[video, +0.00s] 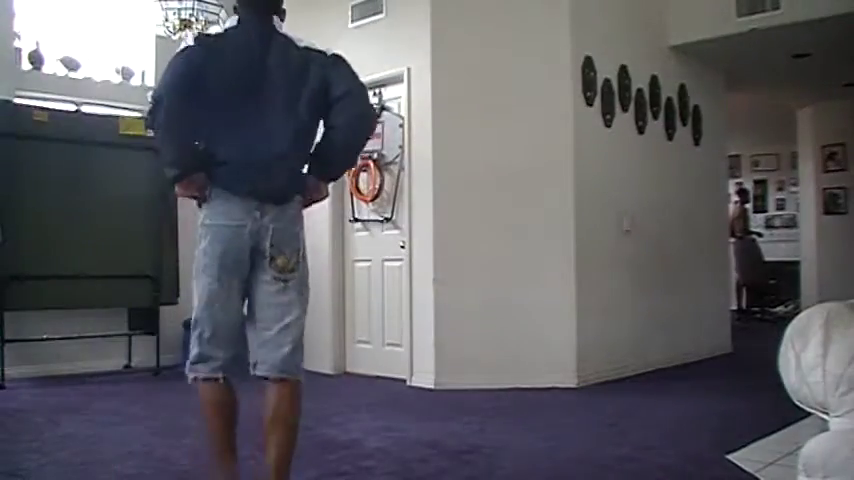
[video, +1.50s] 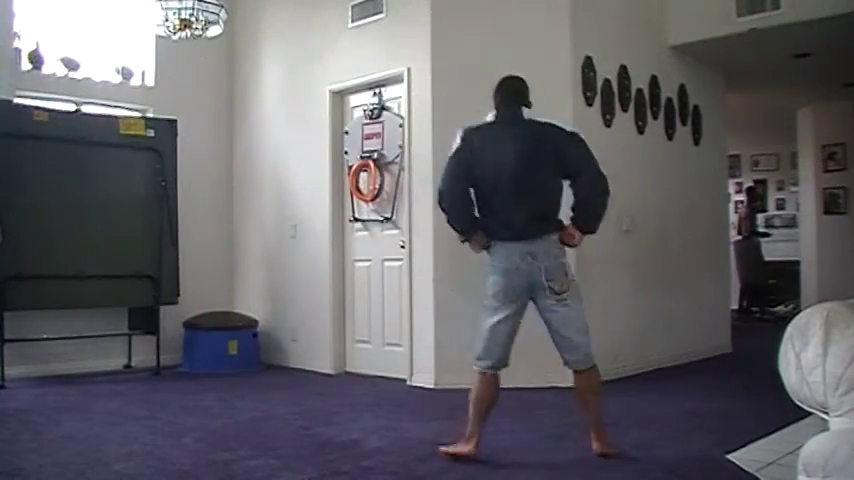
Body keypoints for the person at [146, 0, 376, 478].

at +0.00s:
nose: (261, 14)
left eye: (245, 9)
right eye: (273, 10)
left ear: (237, 7)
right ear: (279, 10)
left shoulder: (201, 52)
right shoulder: (313, 61)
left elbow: (164, 111)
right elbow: (358, 111)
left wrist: (185, 169)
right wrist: (320, 174)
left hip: (223, 210)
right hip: (284, 213)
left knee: (211, 360)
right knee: (282, 363)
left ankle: (225, 469)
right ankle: (278, 473)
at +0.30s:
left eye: (240, 64)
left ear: (235, 68)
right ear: (276, 69)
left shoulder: (218, 114)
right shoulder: (309, 120)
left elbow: (189, 178)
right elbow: (353, 172)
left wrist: (203, 233)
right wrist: (322, 223)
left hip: (241, 255)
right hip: (295, 257)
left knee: (233, 386)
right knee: (283, 371)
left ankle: (257, 473)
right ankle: (297, 464)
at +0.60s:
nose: (273, 74)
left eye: (273, 67)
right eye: (281, 65)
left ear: (274, 65)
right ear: (307, 63)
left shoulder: (272, 89)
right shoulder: (339, 106)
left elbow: (254, 147)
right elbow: (373, 171)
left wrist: (259, 202)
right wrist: (344, 204)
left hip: (290, 229)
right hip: (324, 232)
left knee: (266, 349)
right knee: (297, 346)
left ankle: (308, 448)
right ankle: (293, 439)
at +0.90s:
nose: (323, 74)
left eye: (323, 69)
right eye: (327, 69)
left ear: (328, 67)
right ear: (358, 66)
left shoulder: (326, 96)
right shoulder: (382, 102)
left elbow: (311, 148)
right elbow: (418, 153)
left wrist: (323, 193)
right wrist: (394, 195)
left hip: (349, 221)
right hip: (383, 225)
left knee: (337, 336)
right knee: (354, 331)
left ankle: (386, 420)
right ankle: (328, 421)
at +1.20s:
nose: (402, 101)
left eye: (398, 95)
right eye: (416, 92)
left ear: (397, 97)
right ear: (429, 95)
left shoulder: (387, 141)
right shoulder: (458, 137)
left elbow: (370, 188)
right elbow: (503, 179)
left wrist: (388, 230)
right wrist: (481, 223)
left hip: (415, 257)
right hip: (456, 254)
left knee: (394, 359)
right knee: (466, 345)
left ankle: (415, 444)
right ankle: (502, 423)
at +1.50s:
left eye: (502, 101)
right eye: (520, 101)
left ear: (495, 105)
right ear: (527, 104)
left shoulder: (474, 140)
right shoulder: (556, 138)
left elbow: (450, 193)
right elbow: (594, 185)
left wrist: (473, 232)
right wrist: (579, 228)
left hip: (504, 256)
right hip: (549, 253)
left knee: (488, 358)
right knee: (580, 353)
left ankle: (470, 440)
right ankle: (598, 438)